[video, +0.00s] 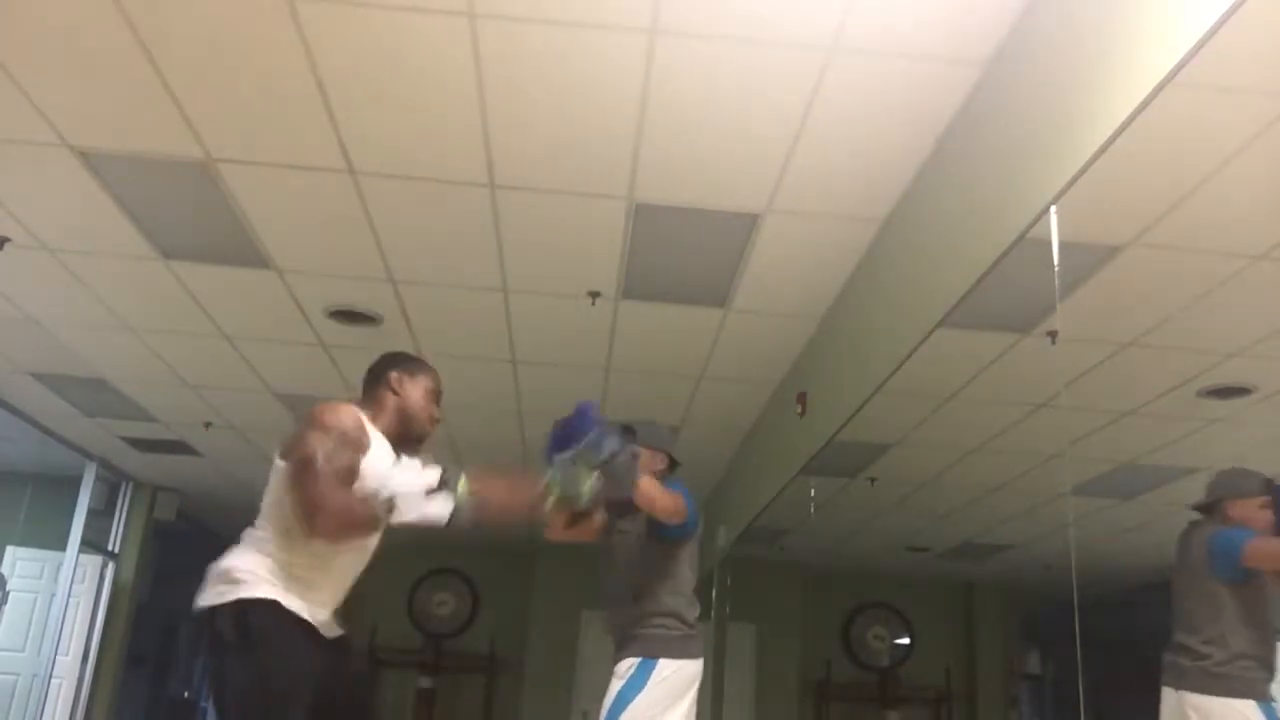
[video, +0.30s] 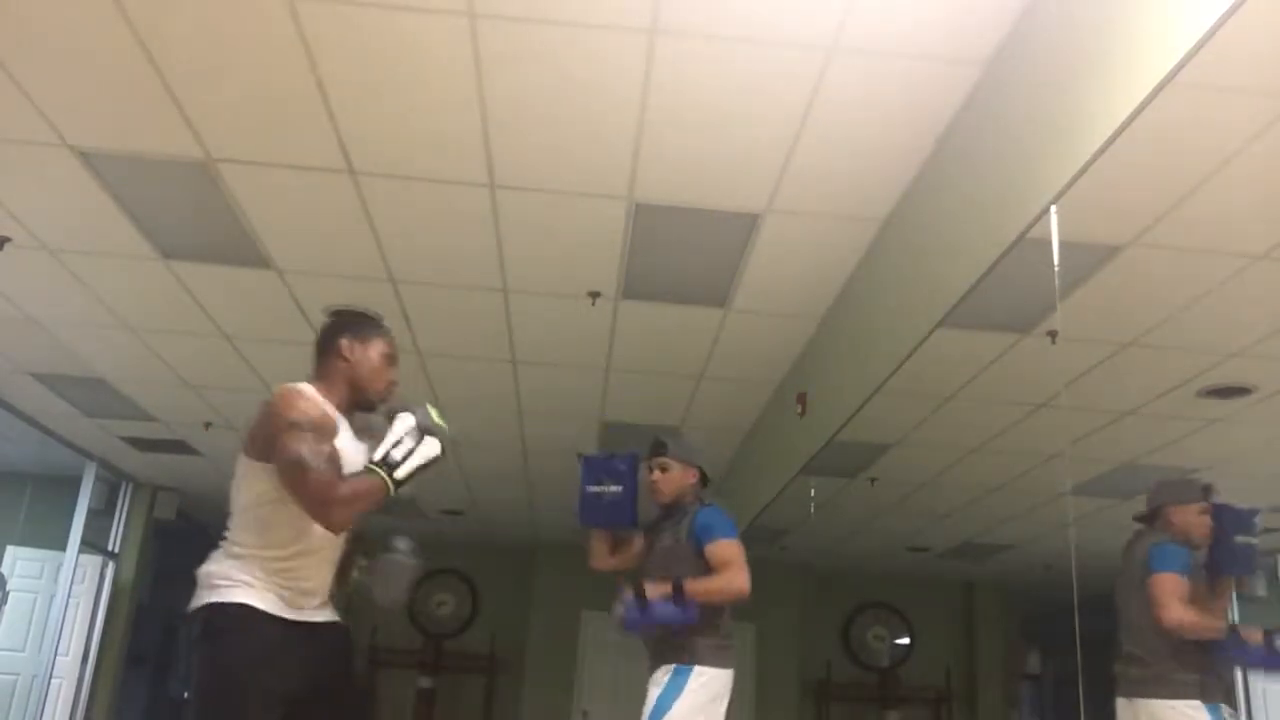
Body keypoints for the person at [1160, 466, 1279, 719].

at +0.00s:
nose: (1272, 516)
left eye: (1270, 507)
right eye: (1263, 507)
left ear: (1229, 509)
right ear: (1232, 508)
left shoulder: (1192, 536)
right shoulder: (1225, 541)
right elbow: (1274, 552)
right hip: (1228, 695)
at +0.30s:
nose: (1210, 523)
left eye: (1209, 514)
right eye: (1202, 514)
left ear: (1170, 515)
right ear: (1172, 514)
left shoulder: (1141, 546)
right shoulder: (1169, 549)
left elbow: (1208, 614)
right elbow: (1172, 615)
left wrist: (1226, 552)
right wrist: (1234, 631)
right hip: (1173, 702)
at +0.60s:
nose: (1202, 514)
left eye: (1200, 504)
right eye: (1194, 505)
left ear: (1164, 508)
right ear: (1165, 507)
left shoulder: (1127, 540)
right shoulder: (1165, 541)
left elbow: (1200, 606)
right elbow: (1178, 612)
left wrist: (1213, 547)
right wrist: (1222, 665)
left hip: (1120, 688)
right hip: (1159, 691)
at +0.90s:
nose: (1256, 516)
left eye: (1255, 506)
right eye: (1250, 506)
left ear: (1212, 503)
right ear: (1220, 503)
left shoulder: (1161, 533)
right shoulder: (1219, 537)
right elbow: (1235, 614)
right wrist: (1267, 678)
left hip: (1135, 675)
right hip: (1186, 680)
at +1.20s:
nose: (1233, 504)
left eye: (1232, 494)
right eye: (1228, 495)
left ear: (1179, 495)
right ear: (1201, 494)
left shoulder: (1135, 531)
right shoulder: (1208, 532)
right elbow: (1242, 610)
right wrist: (1271, 664)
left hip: (1131, 680)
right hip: (1190, 684)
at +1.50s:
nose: (1194, 500)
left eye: (1194, 491)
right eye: (1189, 491)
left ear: (1140, 491)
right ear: (1164, 490)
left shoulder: (1101, 527)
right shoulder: (1169, 524)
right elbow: (1226, 581)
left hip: (1103, 682)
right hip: (1168, 682)